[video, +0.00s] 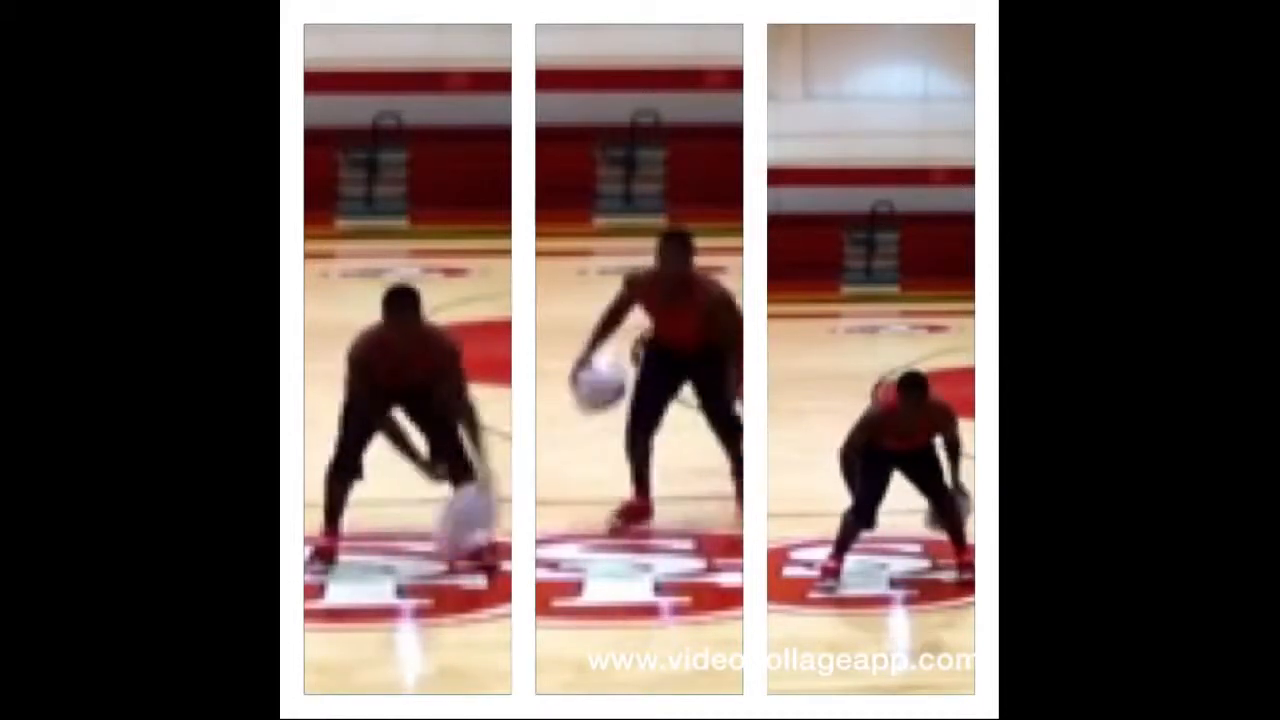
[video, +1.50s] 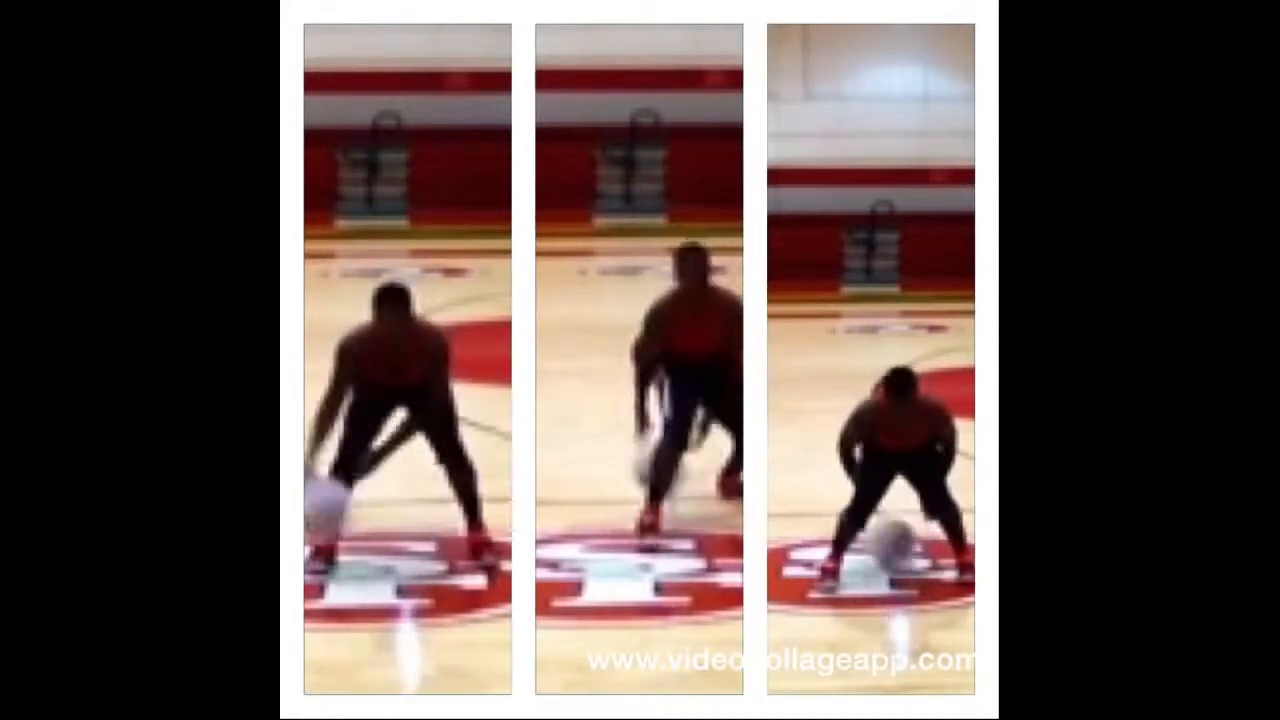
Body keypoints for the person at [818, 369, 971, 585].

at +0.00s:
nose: (912, 410)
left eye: (917, 404)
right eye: (907, 404)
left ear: (926, 398)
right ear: (898, 398)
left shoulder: (939, 413)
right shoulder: (878, 414)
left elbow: (952, 444)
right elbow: (847, 452)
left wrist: (955, 481)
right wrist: (857, 494)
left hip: (917, 452)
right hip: (877, 453)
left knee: (946, 502)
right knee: (862, 510)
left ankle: (963, 558)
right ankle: (834, 562)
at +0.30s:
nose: (893, 404)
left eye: (901, 398)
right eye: (889, 396)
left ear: (912, 392)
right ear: (882, 390)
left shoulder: (930, 410)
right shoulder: (869, 410)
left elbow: (952, 438)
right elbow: (846, 436)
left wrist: (943, 472)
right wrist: (852, 475)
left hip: (919, 452)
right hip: (879, 451)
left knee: (940, 502)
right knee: (862, 507)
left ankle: (962, 557)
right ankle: (835, 559)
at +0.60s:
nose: (906, 404)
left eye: (911, 397)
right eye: (901, 396)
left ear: (920, 392)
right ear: (891, 391)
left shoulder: (934, 410)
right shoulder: (874, 410)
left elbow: (947, 441)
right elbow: (845, 451)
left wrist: (948, 478)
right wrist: (857, 493)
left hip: (916, 455)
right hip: (876, 455)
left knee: (944, 501)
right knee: (862, 511)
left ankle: (962, 558)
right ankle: (834, 560)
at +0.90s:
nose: (890, 403)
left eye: (896, 396)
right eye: (885, 396)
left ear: (906, 391)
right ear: (876, 391)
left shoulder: (926, 411)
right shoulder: (864, 411)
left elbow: (947, 442)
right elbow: (840, 440)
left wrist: (935, 479)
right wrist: (850, 472)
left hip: (915, 454)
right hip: (873, 454)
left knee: (937, 503)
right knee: (849, 504)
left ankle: (962, 557)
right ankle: (831, 560)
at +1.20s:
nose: (907, 406)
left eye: (912, 400)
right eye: (902, 400)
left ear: (920, 394)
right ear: (893, 395)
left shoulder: (935, 413)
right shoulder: (875, 414)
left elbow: (944, 442)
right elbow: (844, 449)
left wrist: (939, 472)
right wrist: (853, 489)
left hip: (915, 455)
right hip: (875, 456)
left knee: (941, 504)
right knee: (860, 509)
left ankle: (962, 557)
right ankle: (834, 559)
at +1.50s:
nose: (897, 408)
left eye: (903, 402)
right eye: (892, 401)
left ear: (914, 395)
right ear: (883, 394)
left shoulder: (932, 412)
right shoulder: (869, 411)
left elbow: (949, 446)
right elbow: (845, 445)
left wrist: (936, 480)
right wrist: (857, 477)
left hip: (920, 456)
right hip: (880, 456)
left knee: (943, 507)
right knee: (859, 508)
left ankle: (963, 558)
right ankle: (834, 559)